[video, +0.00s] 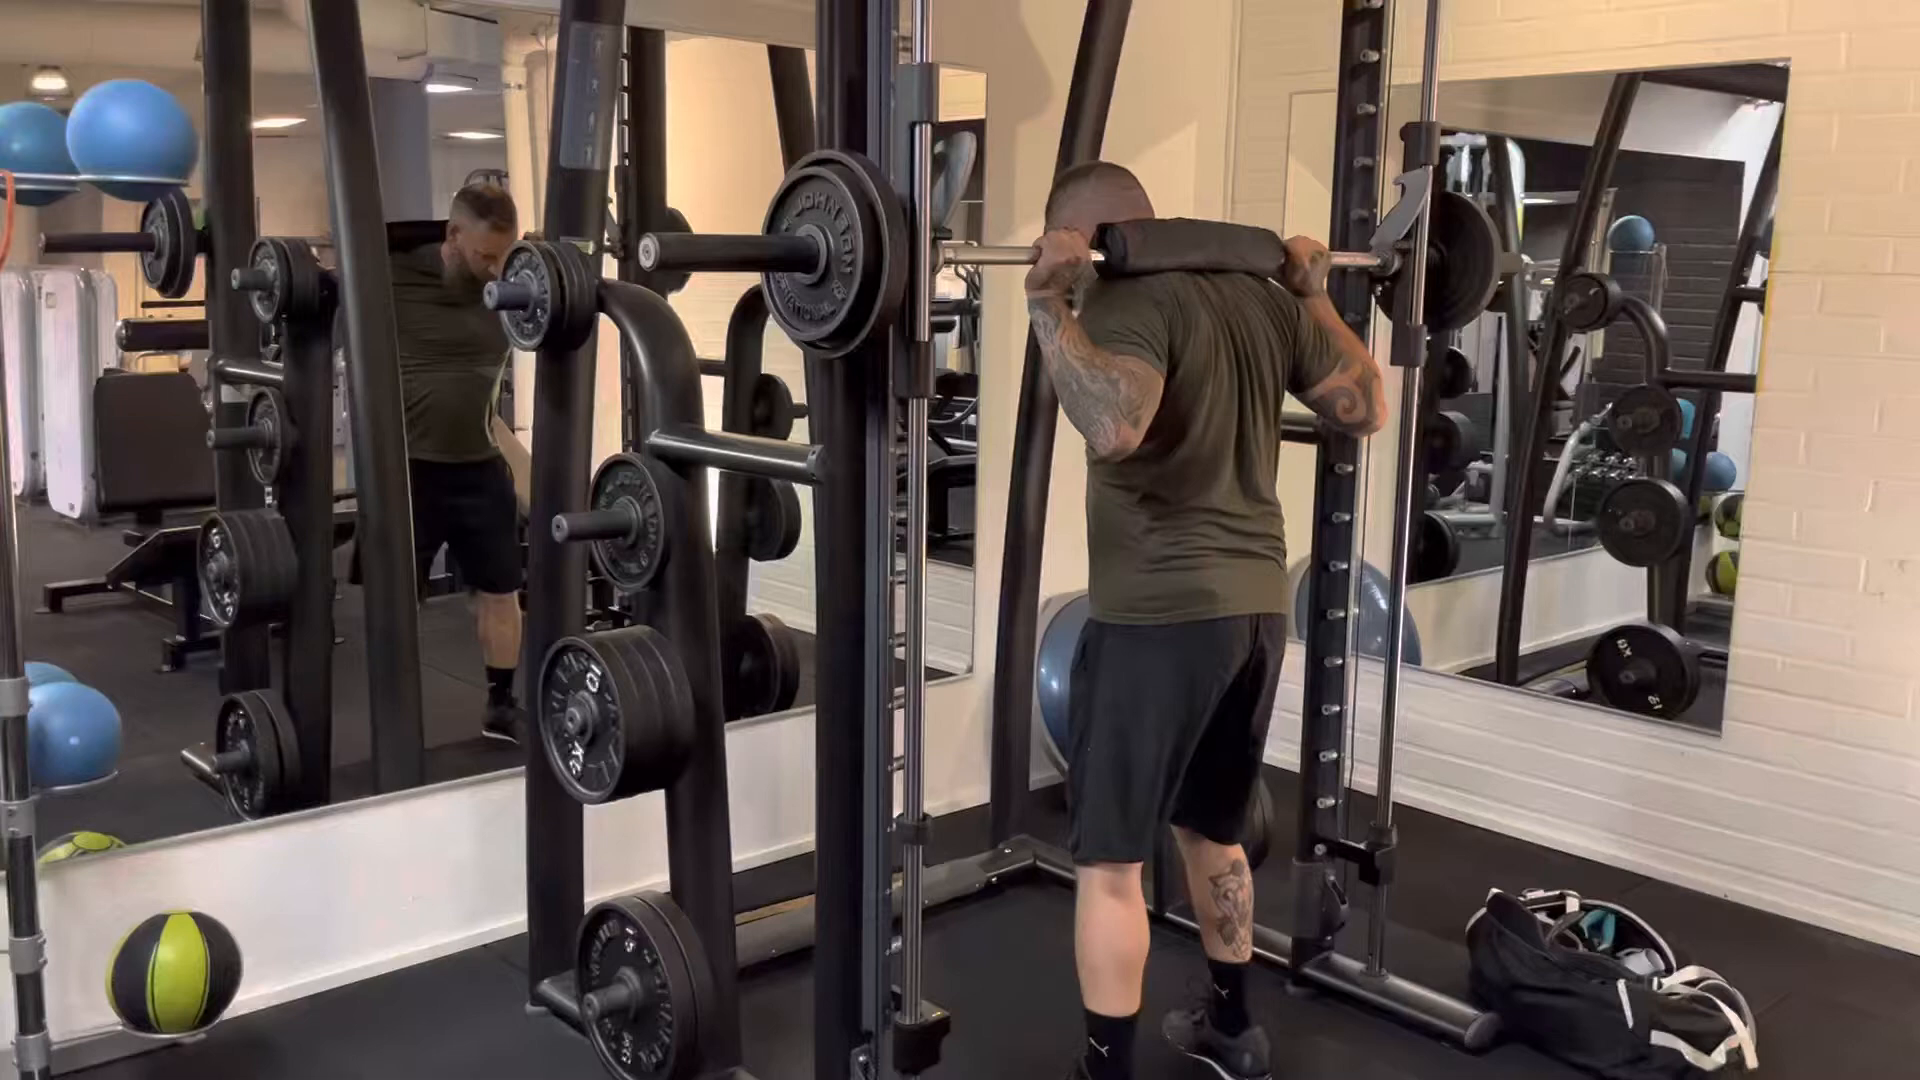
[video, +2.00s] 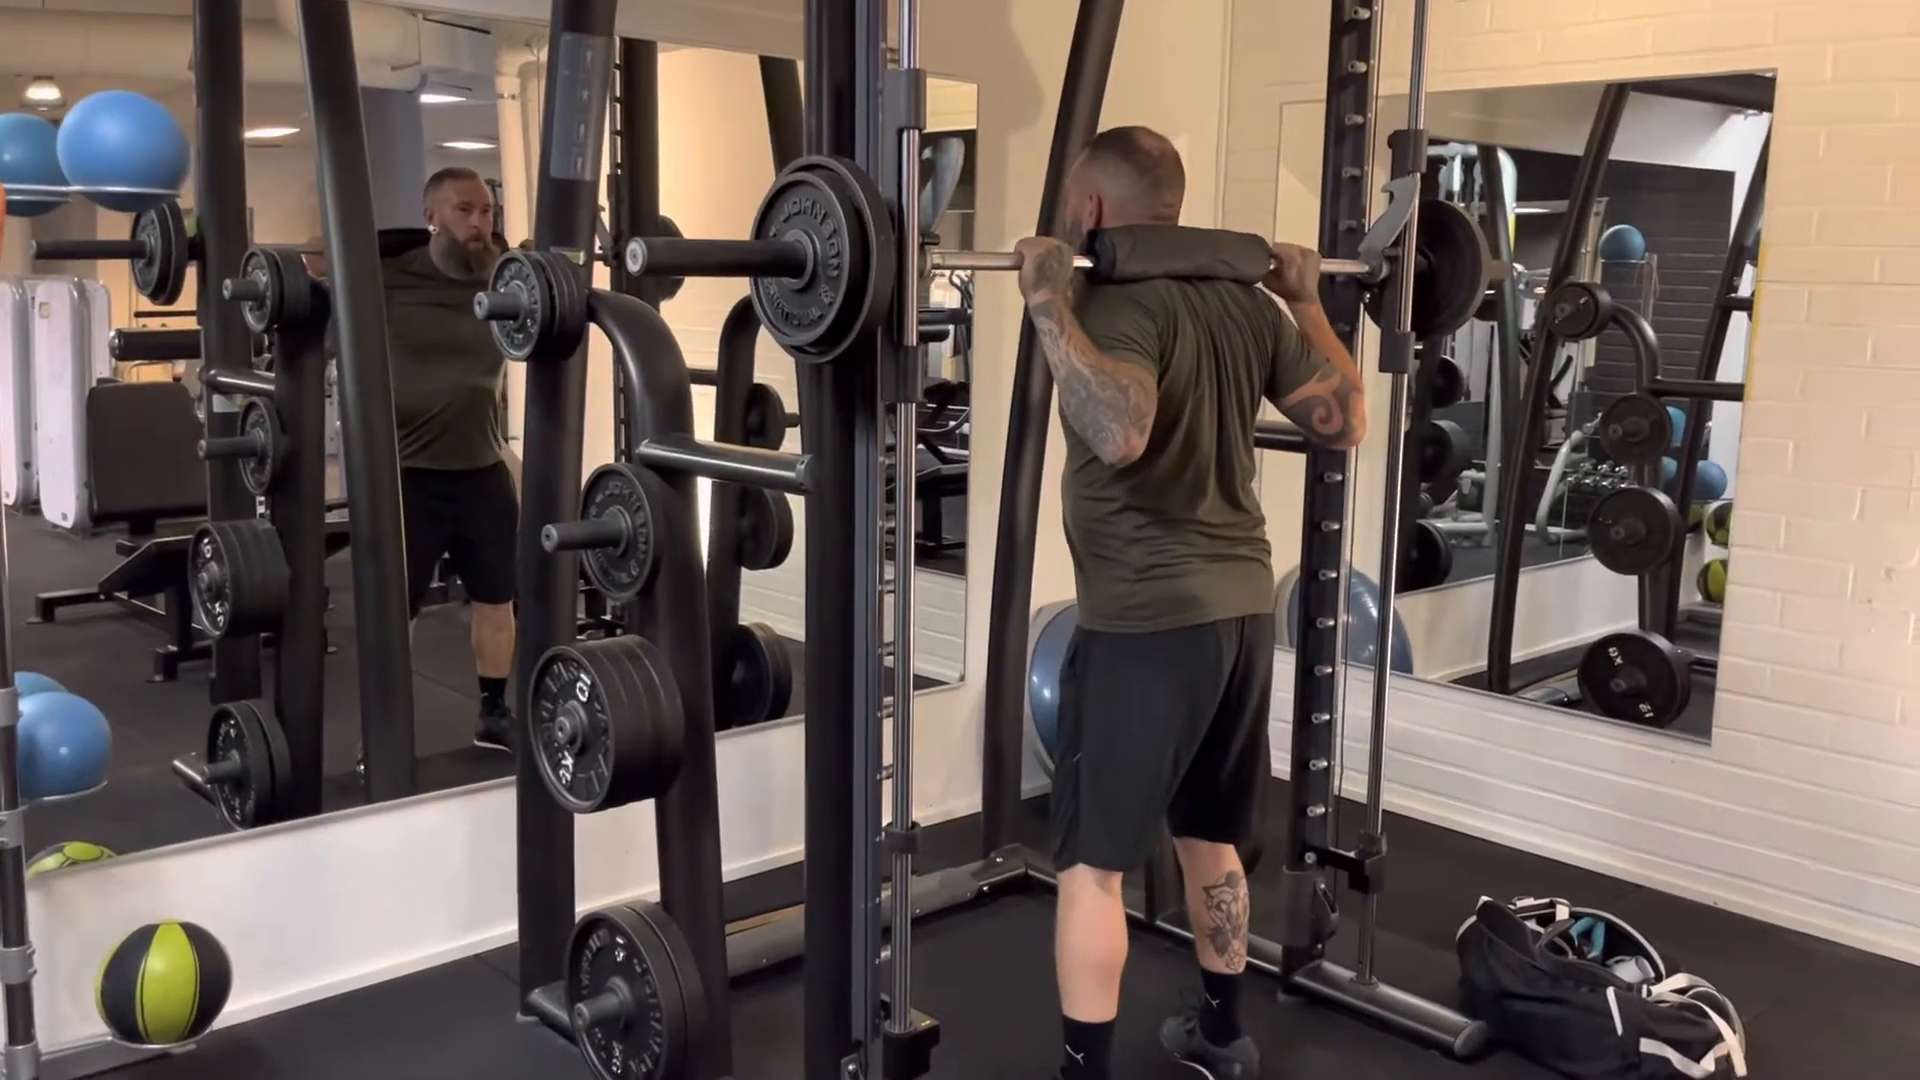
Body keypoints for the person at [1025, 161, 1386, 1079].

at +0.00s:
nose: (1066, 268)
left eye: (1066, 254)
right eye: (1060, 254)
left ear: (1093, 241)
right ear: (1149, 218)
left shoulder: (1139, 297)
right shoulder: (1261, 293)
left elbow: (1115, 425)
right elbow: (1364, 407)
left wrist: (1051, 306)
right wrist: (1316, 295)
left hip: (1157, 620)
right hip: (1255, 612)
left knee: (1112, 857)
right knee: (1212, 822)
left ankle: (1108, 1066)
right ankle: (1231, 1025)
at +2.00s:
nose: (1068, 217)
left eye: (1071, 202)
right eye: (1072, 200)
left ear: (1095, 205)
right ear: (1175, 201)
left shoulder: (1125, 299)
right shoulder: (1243, 299)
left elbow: (1121, 427)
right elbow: (1342, 417)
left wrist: (1047, 305)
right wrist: (1306, 301)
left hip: (1148, 625)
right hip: (1244, 616)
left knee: (1095, 857)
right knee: (1206, 828)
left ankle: (1085, 1066)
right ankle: (1223, 1033)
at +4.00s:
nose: (1043, 347)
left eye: (1047, 330)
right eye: (1046, 328)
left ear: (1071, 337)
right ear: (1140, 333)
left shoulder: (1106, 423)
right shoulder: (1233, 412)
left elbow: (1102, 556)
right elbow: (1337, 517)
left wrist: (1023, 451)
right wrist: (1279, 413)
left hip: (1193, 733)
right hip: (1292, 719)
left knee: (996, 834)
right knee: (1178, 813)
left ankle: (1062, 1050)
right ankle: (1213, 998)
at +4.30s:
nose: (1037, 499)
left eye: (1038, 483)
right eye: (1035, 482)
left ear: (1064, 494)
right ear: (1139, 479)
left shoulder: (1101, 571)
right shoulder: (1227, 554)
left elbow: (1100, 705)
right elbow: (1335, 648)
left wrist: (1015, 596)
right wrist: (1273, 544)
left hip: (1212, 871)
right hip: (1308, 853)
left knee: (982, 841)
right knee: (1165, 800)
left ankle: (1058, 1054)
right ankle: (1209, 996)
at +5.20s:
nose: (1041, 359)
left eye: (1044, 343)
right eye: (1043, 343)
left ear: (1065, 347)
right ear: (1140, 337)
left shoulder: (1097, 430)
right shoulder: (1225, 417)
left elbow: (1088, 562)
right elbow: (1328, 523)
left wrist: (1009, 451)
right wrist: (1270, 419)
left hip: (1193, 726)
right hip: (1292, 714)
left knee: (999, 844)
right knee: (1170, 815)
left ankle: (1054, 1060)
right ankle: (1205, 1010)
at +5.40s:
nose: (1044, 256)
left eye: (1046, 241)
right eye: (1045, 242)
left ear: (1069, 237)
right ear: (1146, 230)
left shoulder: (1101, 324)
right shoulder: (1230, 319)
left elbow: (1086, 452)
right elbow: (1318, 432)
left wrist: (1013, 338)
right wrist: (1275, 322)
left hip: (1164, 633)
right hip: (1264, 625)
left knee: (1039, 838)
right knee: (1191, 804)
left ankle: (1059, 1063)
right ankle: (1209, 1015)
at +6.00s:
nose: (1042, 214)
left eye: (1044, 199)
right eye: (1045, 200)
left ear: (1067, 195)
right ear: (1147, 191)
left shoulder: (1095, 283)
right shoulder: (1225, 281)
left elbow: (1081, 414)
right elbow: (1315, 402)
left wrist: (1009, 291)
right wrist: (1273, 293)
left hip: (1135, 604)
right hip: (1234, 592)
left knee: (1072, 840)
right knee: (1197, 806)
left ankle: (1061, 1065)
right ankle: (1209, 1016)